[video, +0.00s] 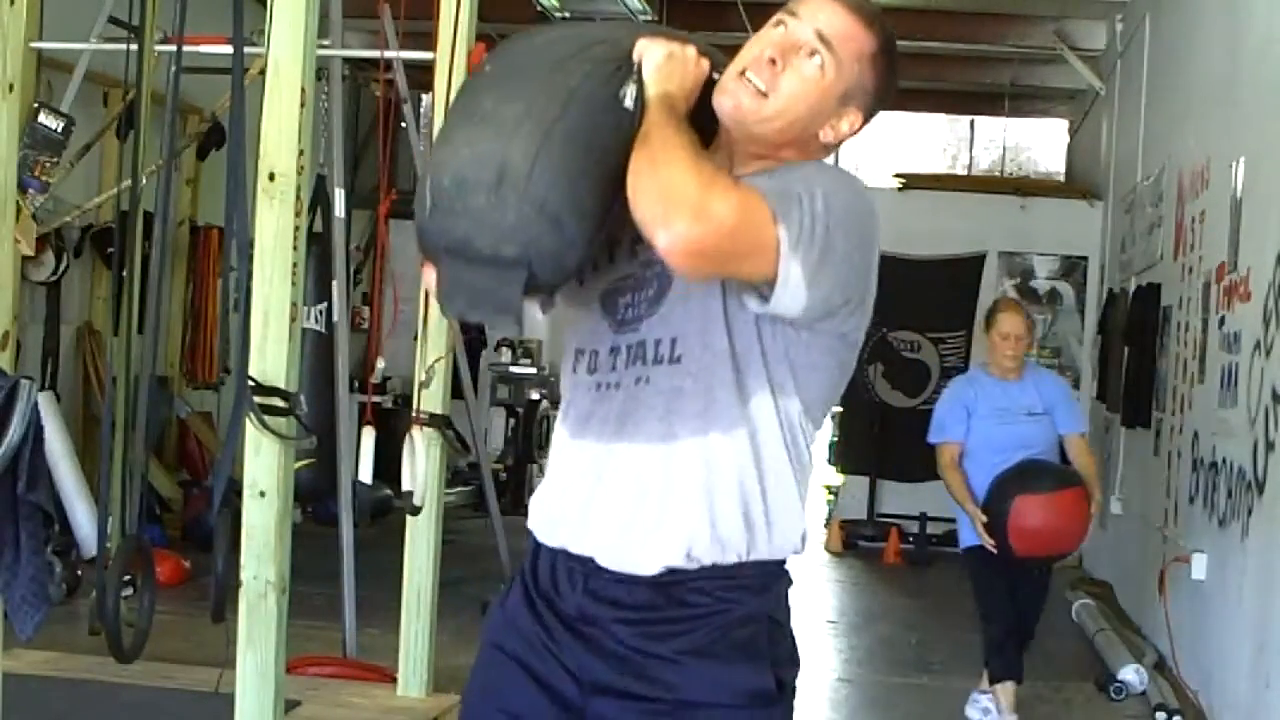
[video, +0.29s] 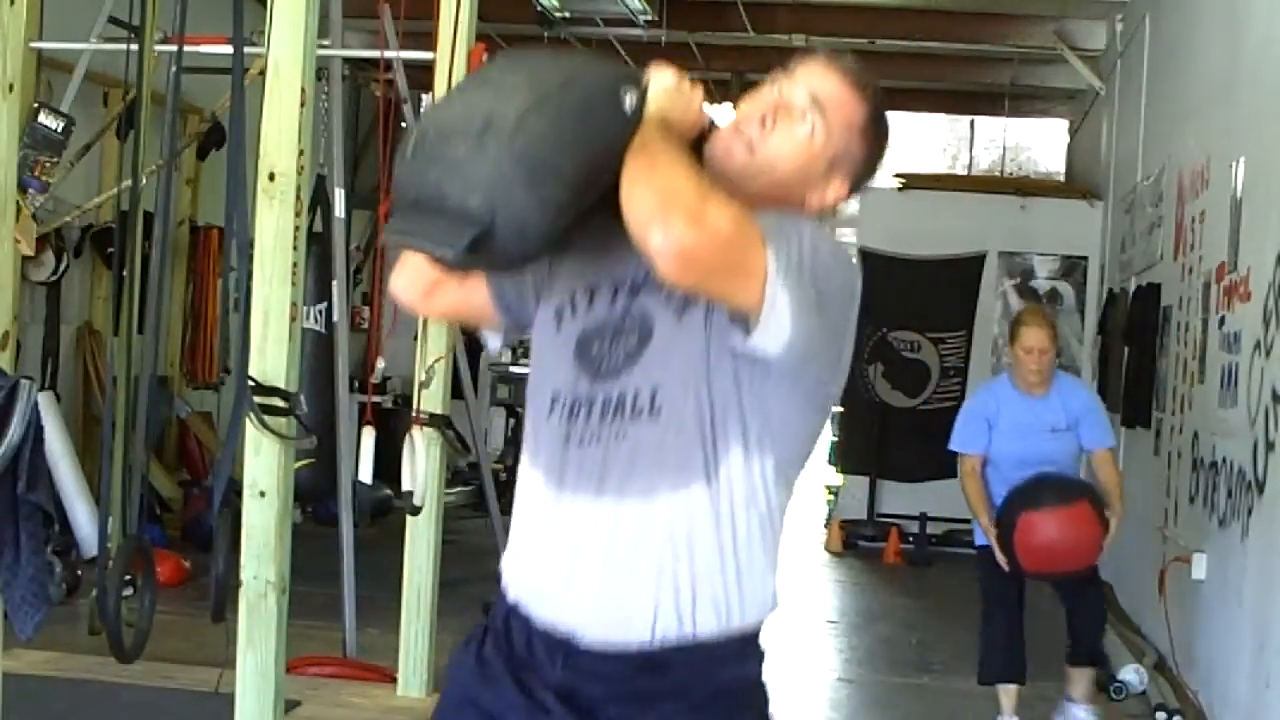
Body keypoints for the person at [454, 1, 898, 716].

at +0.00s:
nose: (774, 47)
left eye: (815, 54)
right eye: (779, 26)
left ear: (840, 124)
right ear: (748, 38)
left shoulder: (834, 207)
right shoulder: (622, 180)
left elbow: (691, 232)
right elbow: (454, 277)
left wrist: (664, 103)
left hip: (706, 635)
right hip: (546, 607)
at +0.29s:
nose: (771, 106)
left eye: (806, 118)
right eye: (780, 88)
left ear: (829, 191)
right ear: (753, 90)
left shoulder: (816, 270)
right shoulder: (592, 241)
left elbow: (681, 242)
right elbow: (421, 285)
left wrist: (665, 121)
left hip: (685, 688)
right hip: (516, 664)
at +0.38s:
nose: (767, 152)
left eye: (802, 167)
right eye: (776, 137)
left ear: (822, 241)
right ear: (747, 143)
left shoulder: (805, 321)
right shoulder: (583, 292)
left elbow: (673, 289)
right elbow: (409, 328)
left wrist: (660, 170)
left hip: (670, 699)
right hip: (505, 680)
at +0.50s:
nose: (773, 158)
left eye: (809, 173)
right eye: (782, 144)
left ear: (825, 249)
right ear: (753, 153)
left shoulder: (811, 328)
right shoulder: (597, 264)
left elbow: (685, 310)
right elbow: (408, 350)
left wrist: (657, 202)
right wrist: (523, 219)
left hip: (651, 698)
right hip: (488, 675)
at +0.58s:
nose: (784, 138)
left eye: (819, 153)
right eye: (795, 123)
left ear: (831, 228)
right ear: (763, 131)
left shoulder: (812, 305)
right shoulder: (606, 241)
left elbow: (694, 286)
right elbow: (411, 324)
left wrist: (664, 180)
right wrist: (530, 199)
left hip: (646, 683)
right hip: (479, 653)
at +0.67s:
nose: (811, 91)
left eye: (844, 111)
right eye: (818, 75)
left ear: (847, 187)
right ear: (779, 81)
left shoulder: (820, 257)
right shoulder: (608, 172)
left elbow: (715, 204)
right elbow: (420, 245)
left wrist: (682, 99)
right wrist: (525, 123)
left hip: (632, 631)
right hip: (468, 597)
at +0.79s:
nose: (826, 52)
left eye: (856, 73)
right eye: (831, 39)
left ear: (863, 148)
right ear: (796, 38)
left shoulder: (818, 201)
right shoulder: (598, 154)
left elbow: (750, 79)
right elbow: (437, 122)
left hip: (622, 561)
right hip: (464, 530)